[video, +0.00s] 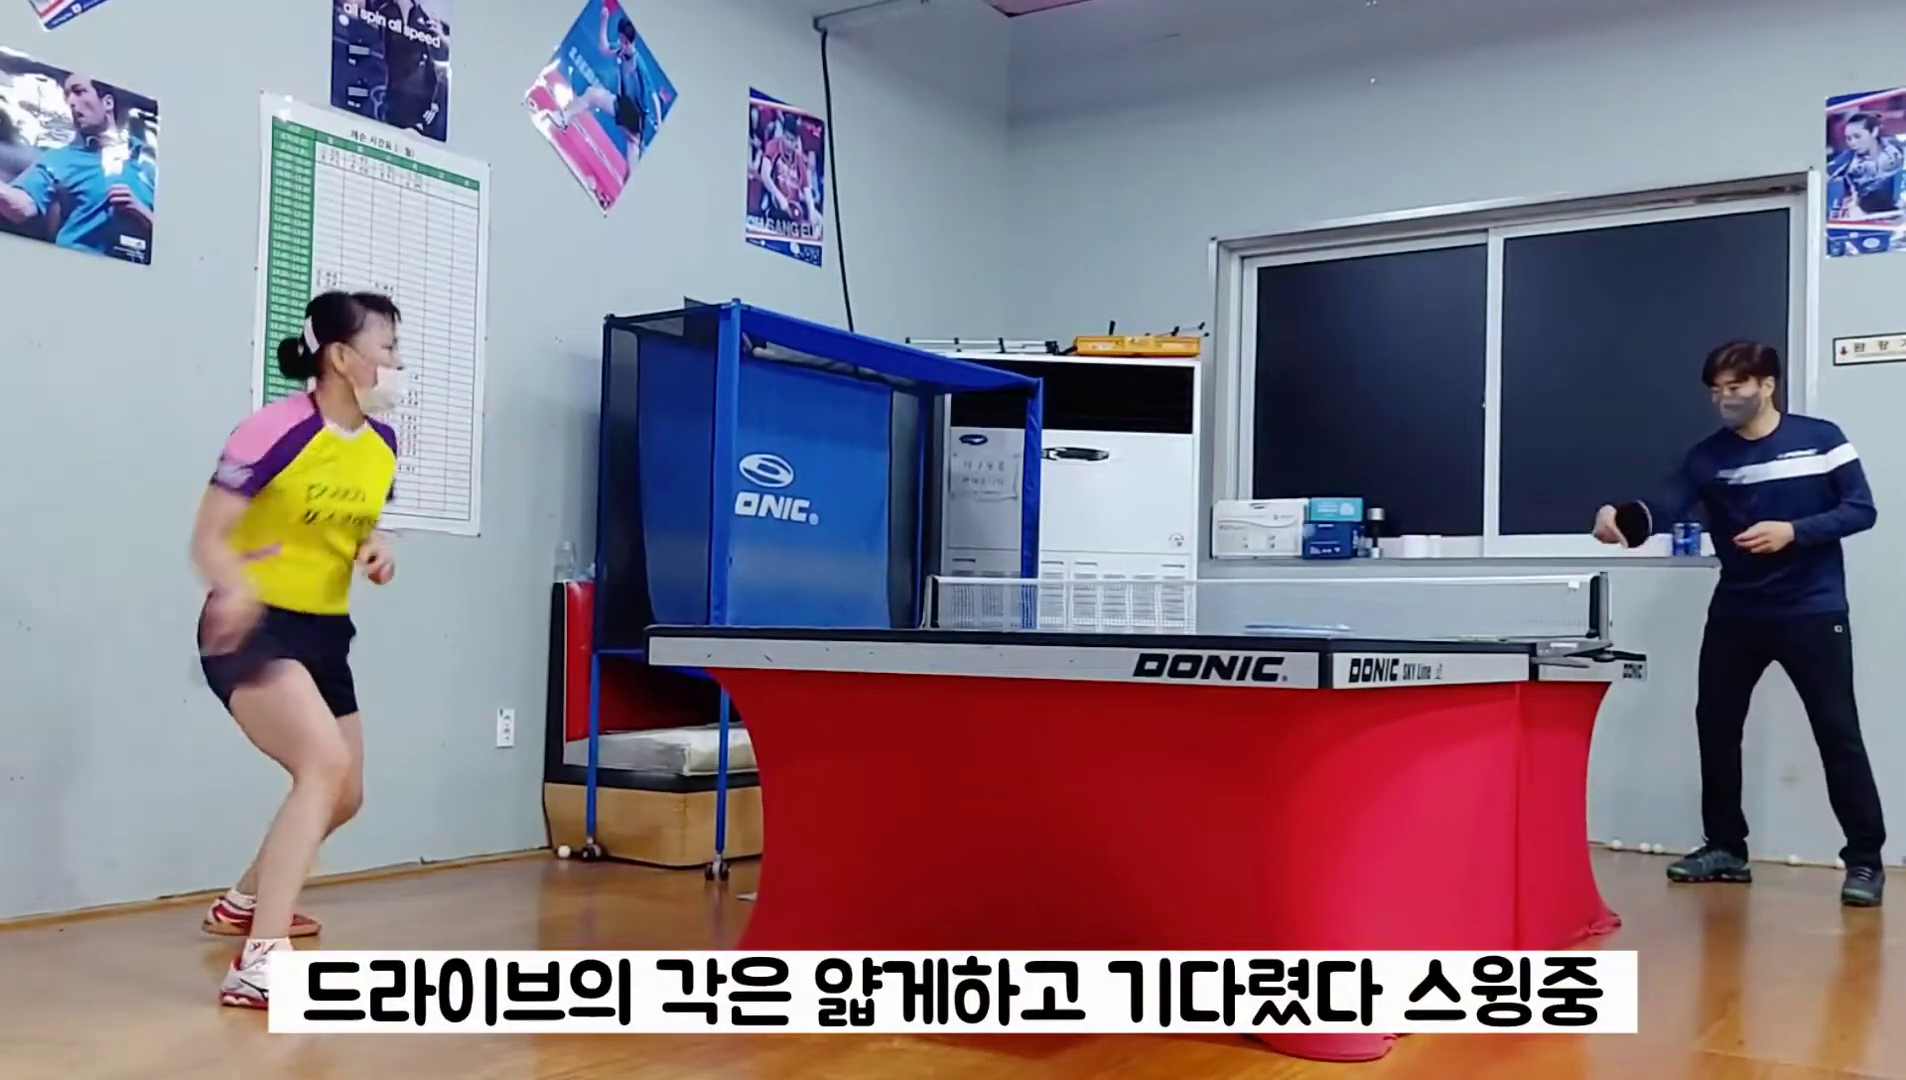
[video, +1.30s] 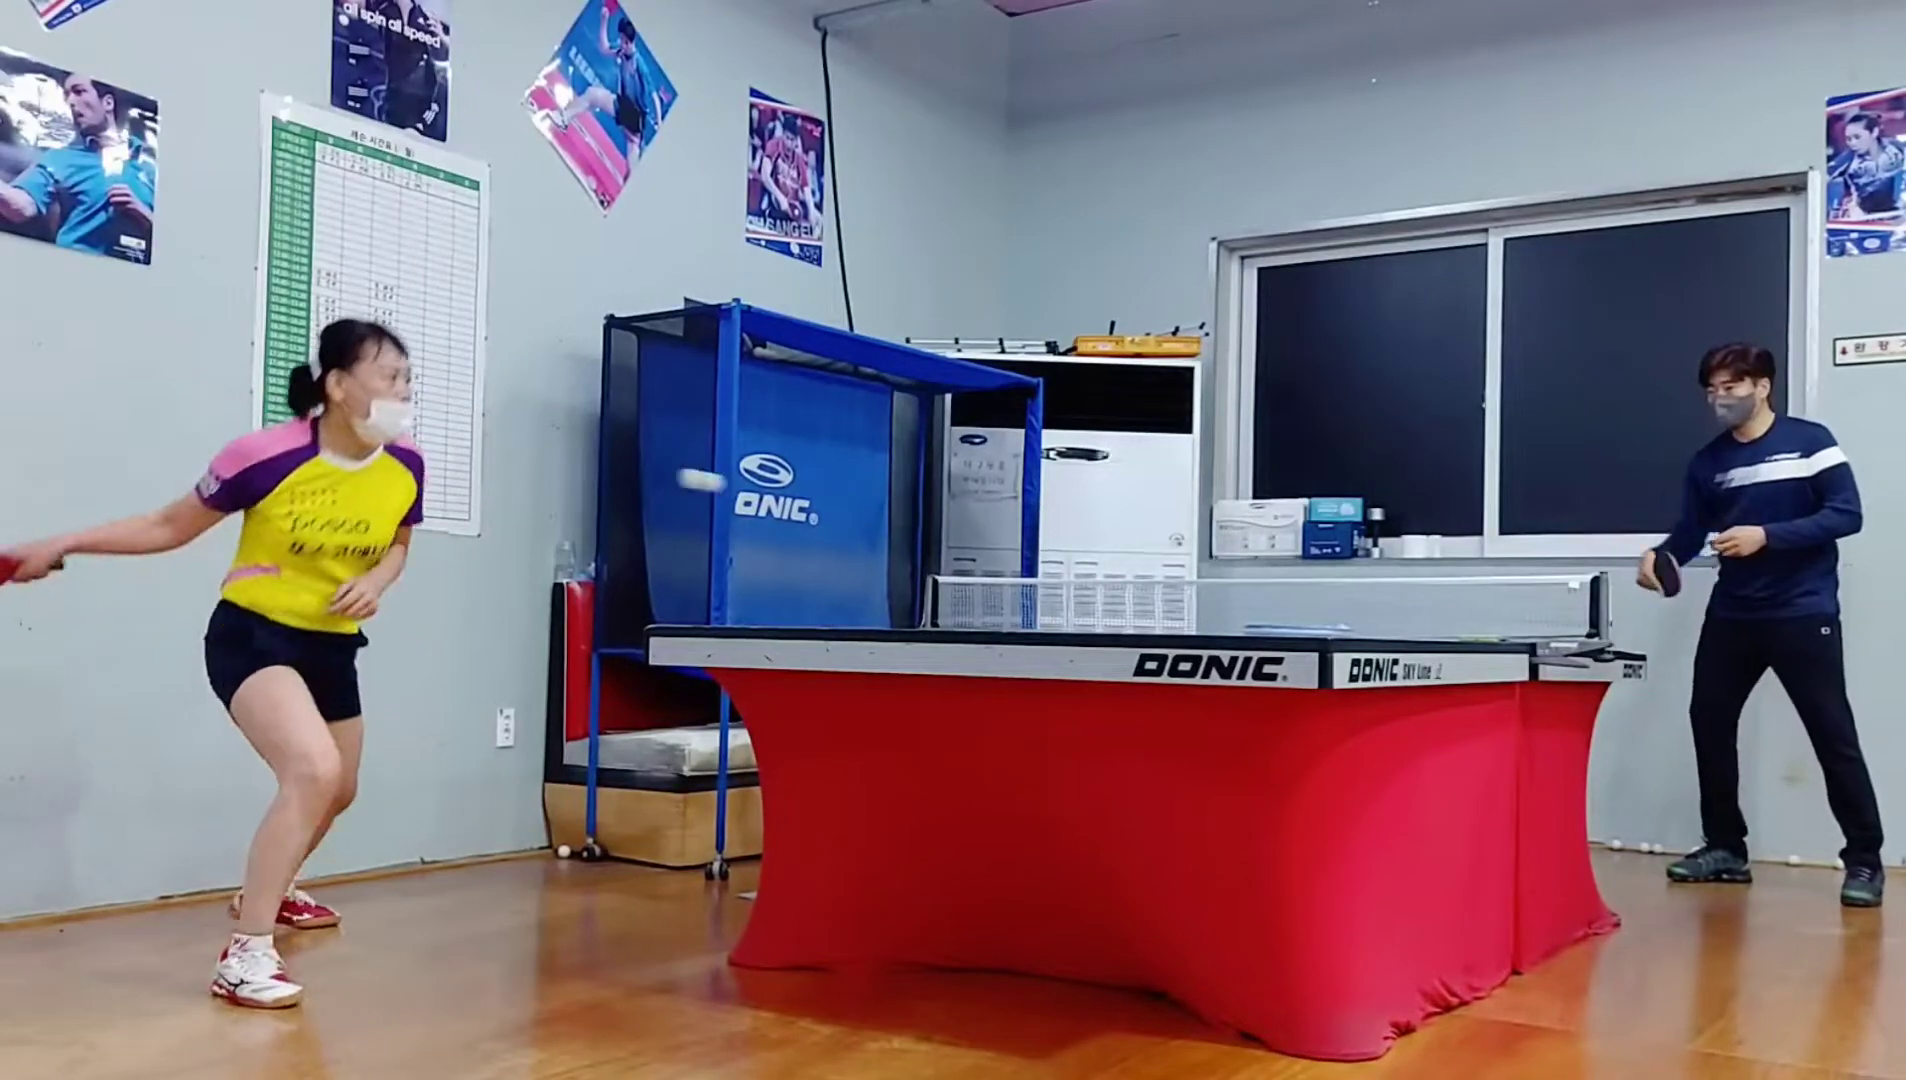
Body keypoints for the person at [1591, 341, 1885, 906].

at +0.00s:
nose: (1725, 397)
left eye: (1736, 385)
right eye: (1717, 389)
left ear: (1768, 385)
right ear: (1711, 396)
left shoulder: (1821, 438)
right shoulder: (1706, 458)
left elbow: (1861, 509)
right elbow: (1663, 508)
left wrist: (1793, 530)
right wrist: (1623, 520)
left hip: (1812, 614)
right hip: (1737, 614)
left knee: (1839, 736)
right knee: (1716, 727)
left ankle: (1864, 862)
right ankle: (1726, 849)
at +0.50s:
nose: (1730, 394)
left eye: (1742, 382)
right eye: (1723, 387)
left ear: (1774, 383)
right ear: (1719, 394)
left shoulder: (1823, 436)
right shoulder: (1726, 456)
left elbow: (1861, 509)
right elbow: (1723, 535)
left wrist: (1778, 529)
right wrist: (1689, 570)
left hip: (1818, 615)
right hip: (1749, 616)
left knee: (1839, 735)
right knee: (1728, 726)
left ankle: (1864, 862)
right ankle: (1729, 848)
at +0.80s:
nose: (1721, 410)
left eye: (1732, 399)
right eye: (1714, 401)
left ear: (1764, 396)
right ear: (1708, 402)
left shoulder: (1819, 443)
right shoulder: (1710, 462)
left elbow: (1862, 515)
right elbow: (1668, 516)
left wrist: (1788, 536)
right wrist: (1640, 554)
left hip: (1813, 618)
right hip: (1740, 618)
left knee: (1839, 737)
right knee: (1713, 723)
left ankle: (1864, 863)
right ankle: (1725, 848)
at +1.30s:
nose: (1722, 394)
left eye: (1733, 383)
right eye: (1715, 387)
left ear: (1763, 386)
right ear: (1708, 396)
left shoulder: (1811, 440)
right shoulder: (1708, 462)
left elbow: (1846, 514)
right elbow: (1690, 533)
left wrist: (1766, 534)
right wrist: (1662, 555)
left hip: (1804, 618)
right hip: (1733, 619)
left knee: (1834, 739)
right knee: (1709, 721)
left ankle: (1863, 862)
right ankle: (1724, 848)